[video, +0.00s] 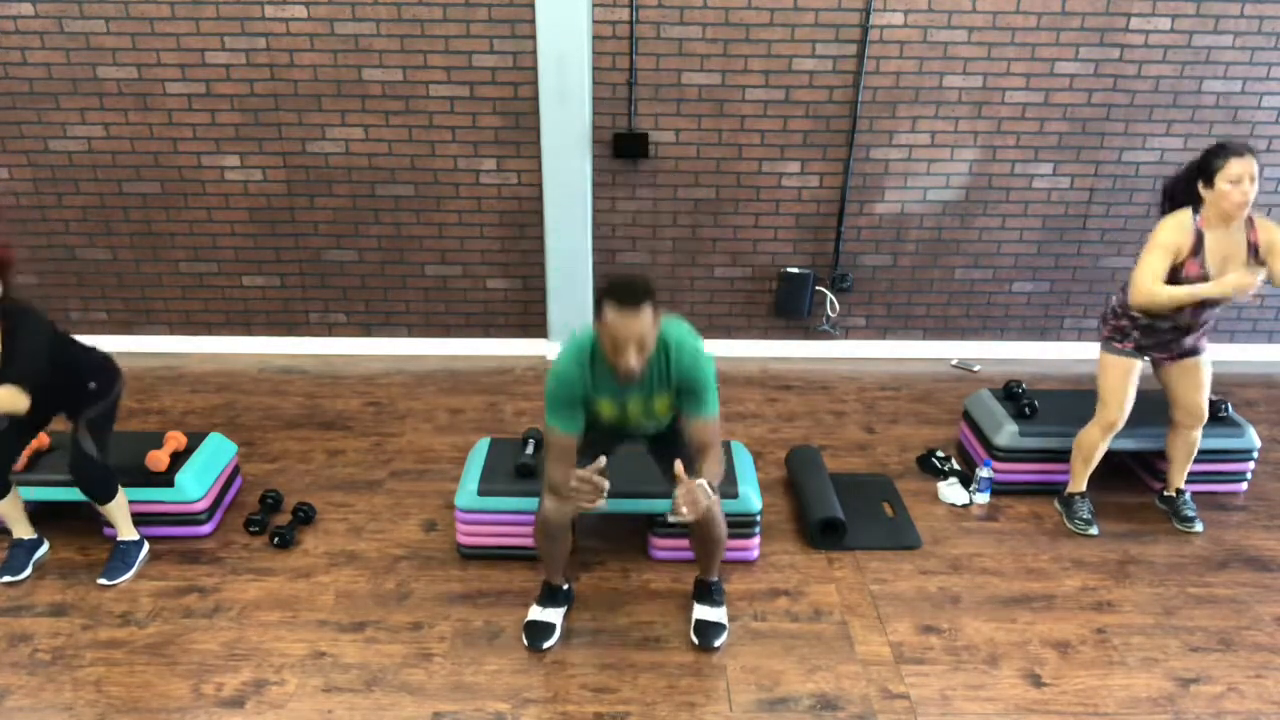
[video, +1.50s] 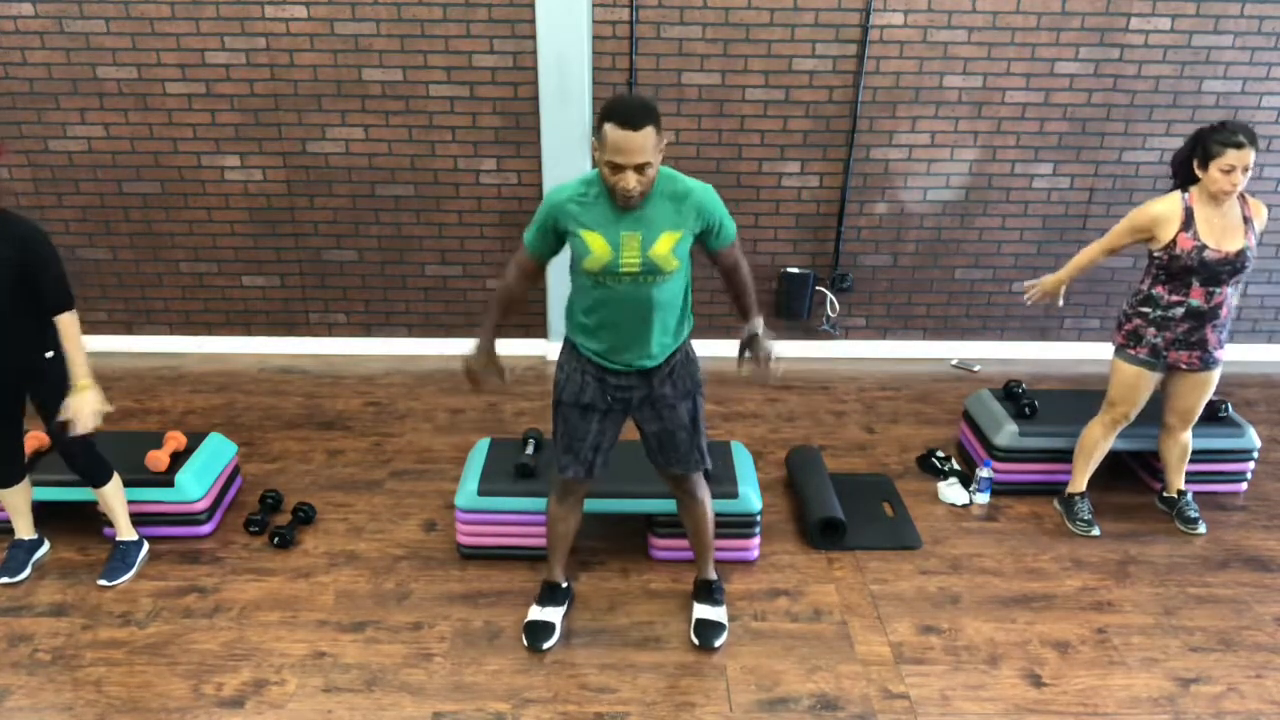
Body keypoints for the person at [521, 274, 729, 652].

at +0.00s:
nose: (629, 361)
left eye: (641, 345)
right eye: (616, 345)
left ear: (656, 327)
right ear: (599, 327)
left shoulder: (685, 350)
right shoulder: (571, 365)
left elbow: (710, 448)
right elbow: (556, 464)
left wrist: (703, 488)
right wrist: (570, 485)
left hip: (665, 427)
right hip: (596, 428)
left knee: (706, 506)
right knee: (553, 510)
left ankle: (709, 589)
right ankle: (554, 591)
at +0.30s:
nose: (629, 437)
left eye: (641, 423)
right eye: (616, 424)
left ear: (656, 403)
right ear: (599, 405)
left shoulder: (687, 426)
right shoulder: (571, 429)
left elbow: (714, 538)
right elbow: (545, 550)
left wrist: (694, 514)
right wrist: (565, 518)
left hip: (664, 473)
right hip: (596, 473)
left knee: (714, 539)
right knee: (552, 530)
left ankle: (708, 588)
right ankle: (555, 591)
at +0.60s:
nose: (629, 324)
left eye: (641, 310)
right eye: (617, 309)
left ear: (659, 301)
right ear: (599, 300)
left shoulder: (683, 333)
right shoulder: (574, 337)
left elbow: (718, 422)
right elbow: (534, 428)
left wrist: (713, 489)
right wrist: (544, 481)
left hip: (666, 414)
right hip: (593, 413)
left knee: (699, 505)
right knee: (556, 505)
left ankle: (708, 586)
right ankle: (554, 588)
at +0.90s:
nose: (634, 184)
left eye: (646, 170)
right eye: (621, 169)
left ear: (664, 164)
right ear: (600, 163)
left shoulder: (697, 221)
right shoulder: (569, 226)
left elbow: (748, 309)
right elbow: (514, 313)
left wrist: (779, 401)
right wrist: (481, 406)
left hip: (671, 359)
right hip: (594, 358)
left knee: (688, 474)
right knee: (574, 474)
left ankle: (708, 582)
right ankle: (555, 585)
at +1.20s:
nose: (636, 175)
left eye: (648, 161)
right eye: (623, 160)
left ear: (666, 148)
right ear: (601, 148)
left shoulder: (700, 197)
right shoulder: (569, 202)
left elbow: (741, 240)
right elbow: (518, 248)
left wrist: (769, 284)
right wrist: (481, 300)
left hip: (670, 369)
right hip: (591, 368)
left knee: (687, 477)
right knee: (573, 481)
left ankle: (707, 583)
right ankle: (554, 587)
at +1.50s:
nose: (629, 181)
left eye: (642, 167)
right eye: (616, 167)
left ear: (662, 151)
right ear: (596, 153)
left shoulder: (697, 201)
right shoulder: (564, 205)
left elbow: (732, 264)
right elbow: (518, 274)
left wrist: (753, 322)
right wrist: (486, 340)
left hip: (666, 369)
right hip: (587, 366)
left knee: (687, 478)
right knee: (569, 481)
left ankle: (708, 584)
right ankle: (555, 586)